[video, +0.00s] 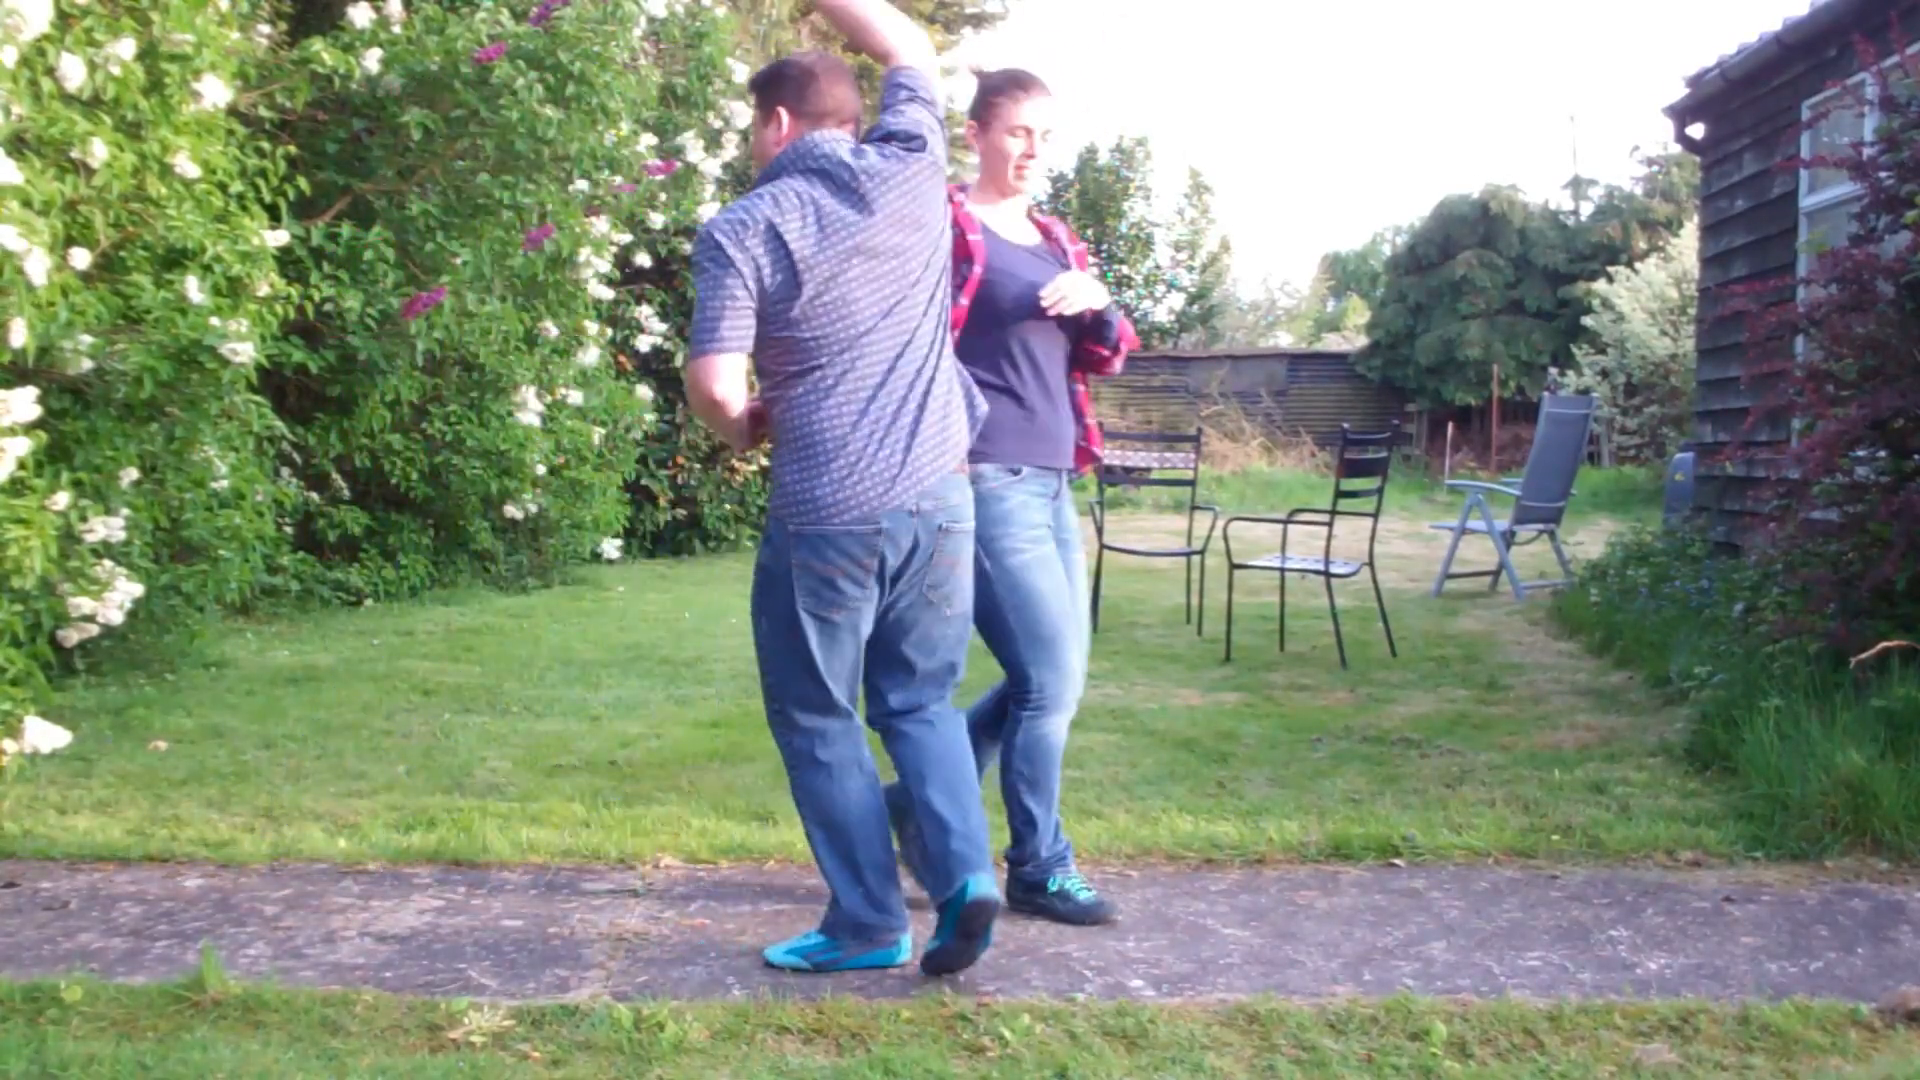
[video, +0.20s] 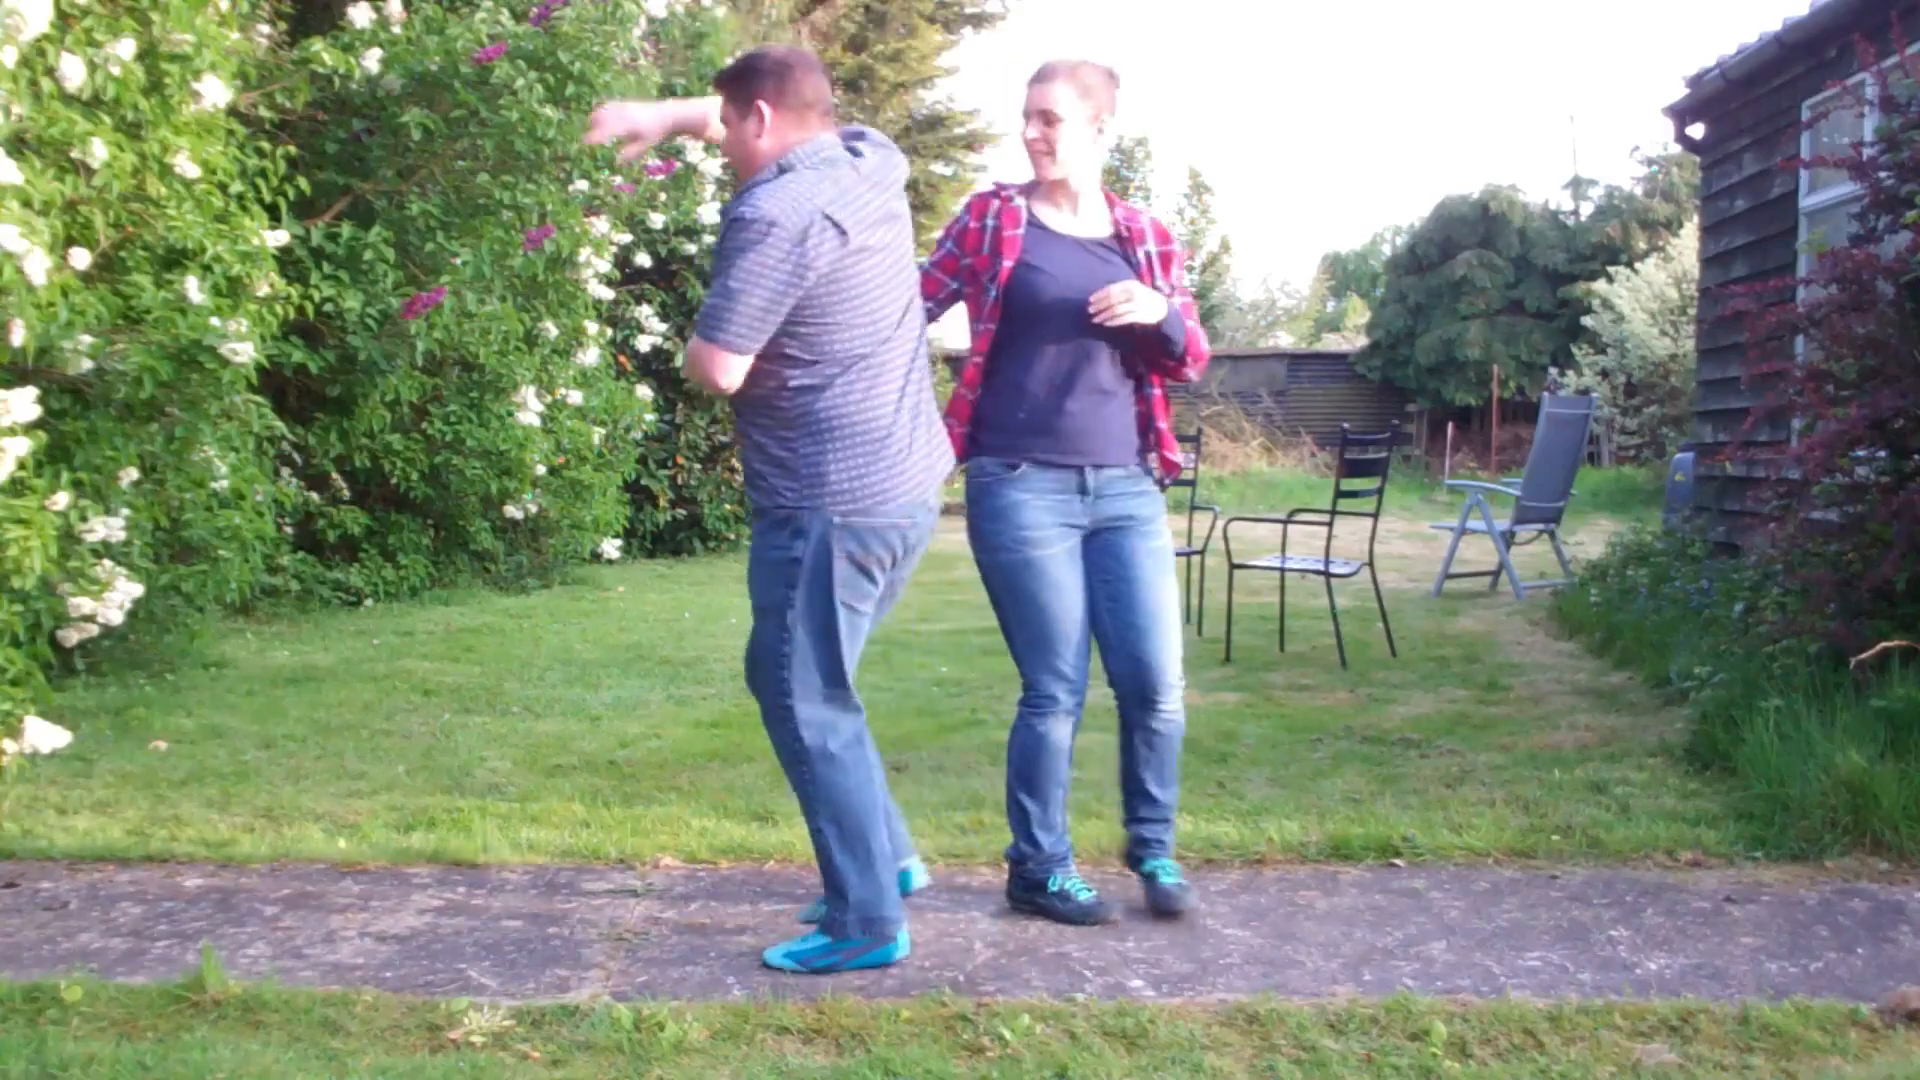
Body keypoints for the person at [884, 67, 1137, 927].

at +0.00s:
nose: (1030, 149)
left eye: (1041, 136)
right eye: (1016, 132)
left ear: (1047, 144)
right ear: (974, 134)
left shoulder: (1054, 236)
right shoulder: (946, 220)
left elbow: (1108, 356)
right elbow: (918, 323)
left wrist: (1095, 309)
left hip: (1057, 477)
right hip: (990, 473)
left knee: (1053, 678)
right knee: (1050, 674)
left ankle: (920, 797)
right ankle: (1037, 861)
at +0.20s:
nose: (1030, 132)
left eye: (1047, 120)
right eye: (1026, 118)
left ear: (1099, 127)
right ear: (1024, 124)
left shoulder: (1146, 231)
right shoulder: (993, 215)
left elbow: (1189, 359)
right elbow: (903, 310)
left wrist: (1159, 313)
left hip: (1129, 483)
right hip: (1022, 481)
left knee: (1157, 685)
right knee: (1055, 686)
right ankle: (1039, 868)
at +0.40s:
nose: (1071, 134)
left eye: (1087, 120)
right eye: (1068, 118)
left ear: (1140, 126)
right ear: (1070, 124)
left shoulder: (1197, 225)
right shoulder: (1041, 223)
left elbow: (1261, 346)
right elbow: (956, 309)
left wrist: (1182, 299)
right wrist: (858, 329)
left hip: (1172, 488)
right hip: (1062, 488)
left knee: (1178, 693)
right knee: (1080, 692)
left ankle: (1247, 890)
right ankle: (1040, 867)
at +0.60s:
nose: (1117, 142)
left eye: (1132, 126)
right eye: (1115, 126)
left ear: (1189, 131)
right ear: (1152, 134)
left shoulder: (1247, 226)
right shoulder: (1119, 240)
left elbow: (1278, 333)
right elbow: (1054, 339)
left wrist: (1173, 286)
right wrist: (946, 380)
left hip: (1215, 498)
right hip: (1121, 496)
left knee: (1193, 700)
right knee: (1107, 702)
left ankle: (1255, 903)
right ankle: (1108, 855)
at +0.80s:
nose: (1166, 150)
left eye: (1181, 135)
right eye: (1167, 135)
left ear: (1235, 142)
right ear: (1209, 145)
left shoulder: (1285, 237)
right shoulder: (1185, 252)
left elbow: (1274, 354)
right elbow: (1116, 354)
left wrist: (1159, 304)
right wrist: (1017, 397)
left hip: (1259, 494)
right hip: (1193, 496)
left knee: (1193, 701)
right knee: (1157, 700)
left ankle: (1253, 905)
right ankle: (1306, 815)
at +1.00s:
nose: (1208, 141)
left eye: (1222, 127)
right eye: (1211, 127)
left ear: (1274, 132)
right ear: (1262, 133)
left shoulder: (1318, 226)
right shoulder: (1240, 242)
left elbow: (1273, 345)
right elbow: (1172, 348)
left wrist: (1163, 303)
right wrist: (1079, 387)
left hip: (1296, 487)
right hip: (1268, 487)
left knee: (1226, 695)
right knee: (1292, 699)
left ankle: (1252, 905)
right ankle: (1417, 849)